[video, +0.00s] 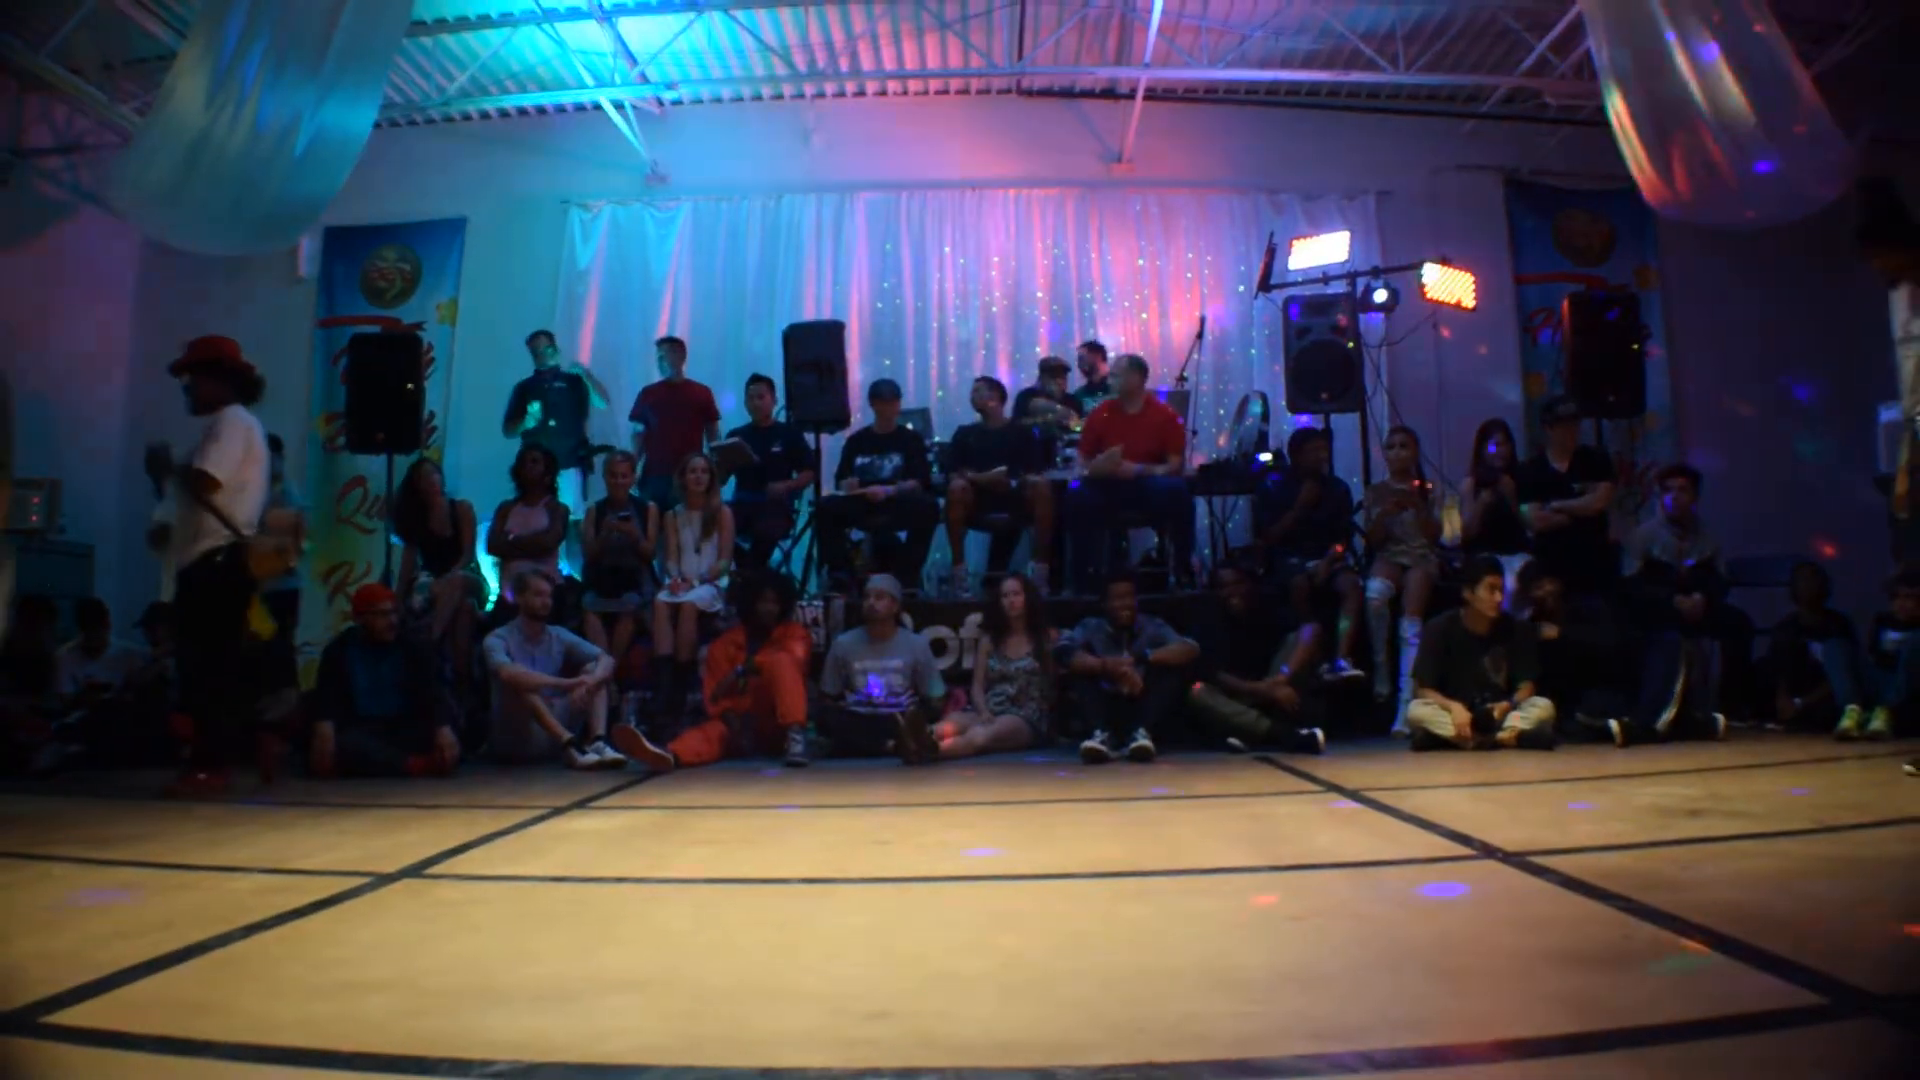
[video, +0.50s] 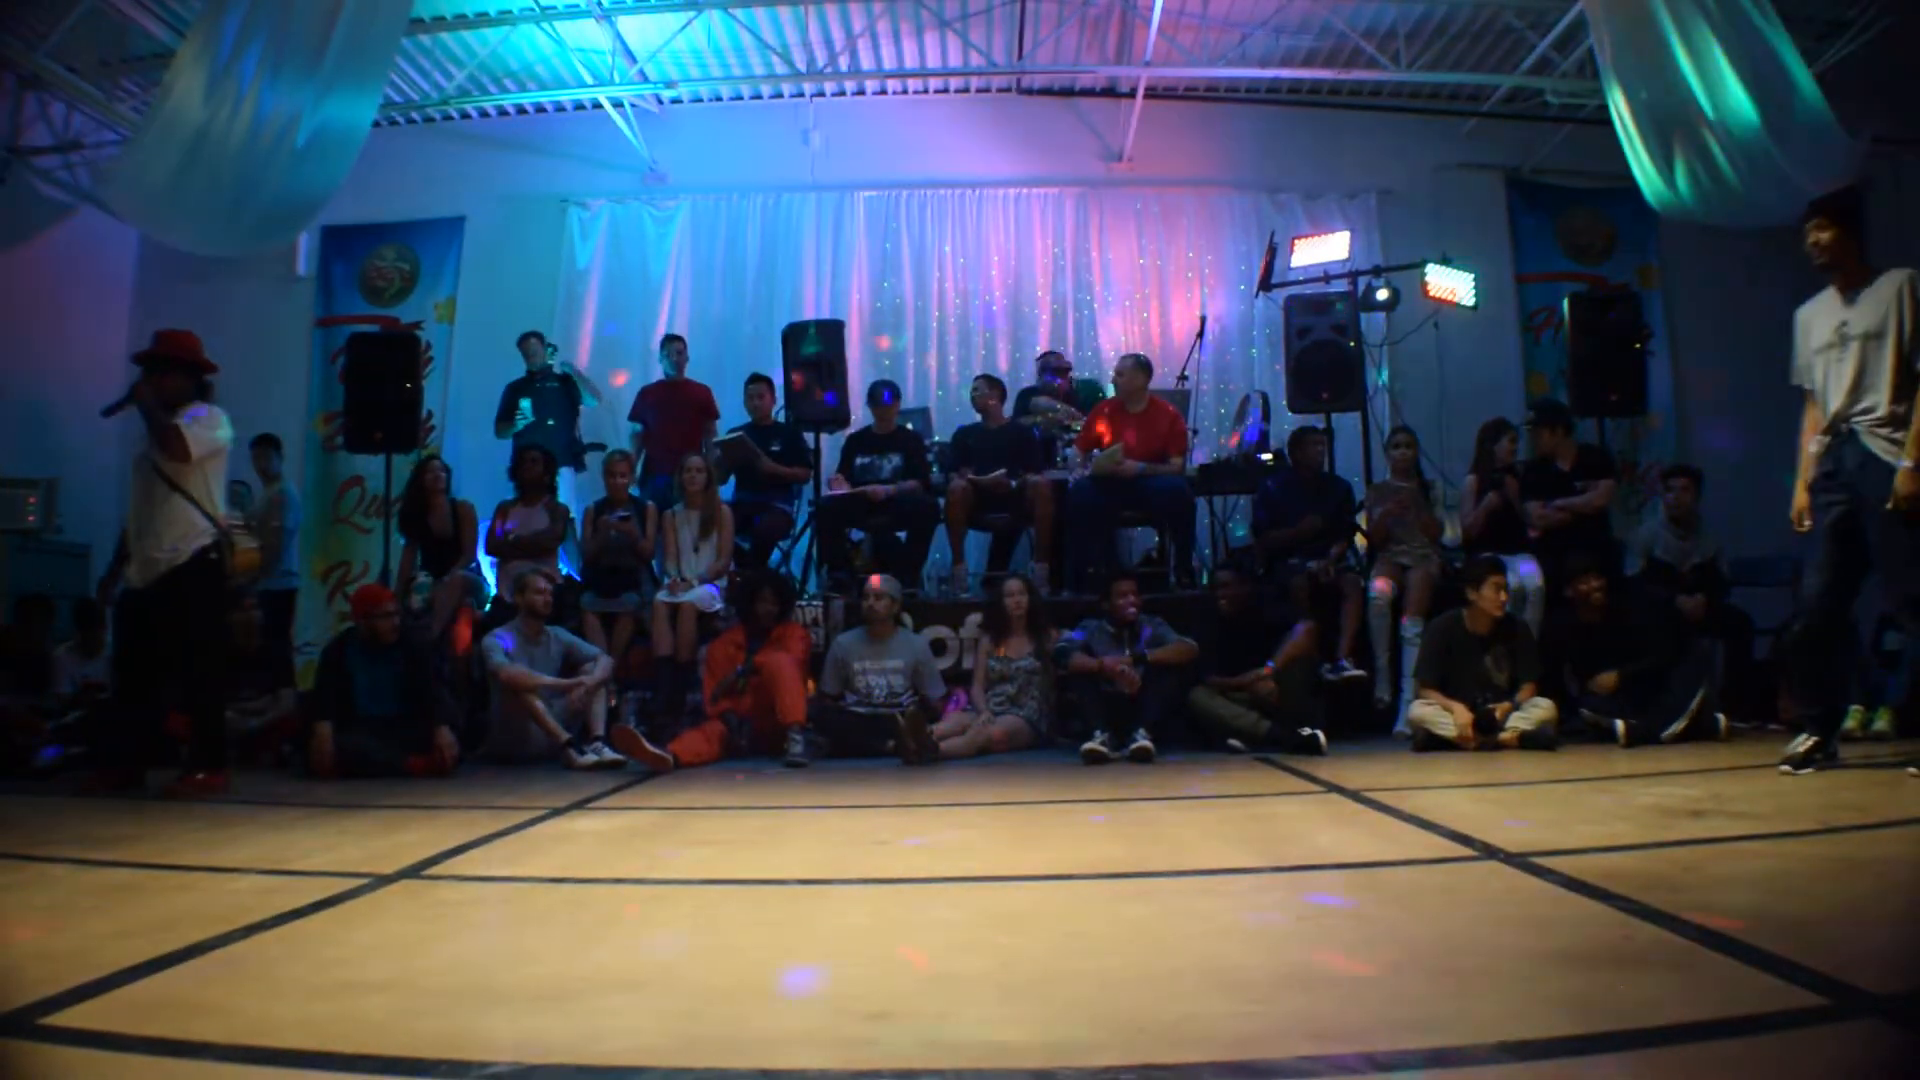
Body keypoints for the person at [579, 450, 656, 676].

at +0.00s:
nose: (619, 481)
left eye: (625, 476)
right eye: (613, 476)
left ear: (633, 477)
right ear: (605, 478)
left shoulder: (647, 509)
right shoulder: (594, 510)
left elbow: (649, 551)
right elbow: (589, 552)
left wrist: (633, 533)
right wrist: (606, 534)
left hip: (634, 575)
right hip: (601, 576)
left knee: (628, 609)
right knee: (590, 608)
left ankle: (610, 669)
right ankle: (603, 670)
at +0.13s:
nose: (617, 481)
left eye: (623, 476)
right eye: (612, 476)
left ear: (632, 478)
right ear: (605, 478)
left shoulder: (647, 509)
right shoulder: (593, 511)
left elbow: (648, 551)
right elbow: (587, 552)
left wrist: (630, 532)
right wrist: (606, 533)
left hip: (632, 574)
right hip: (600, 574)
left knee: (627, 606)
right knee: (589, 606)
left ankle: (610, 669)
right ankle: (602, 673)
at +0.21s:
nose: (617, 481)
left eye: (623, 475)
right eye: (612, 476)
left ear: (631, 478)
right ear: (604, 478)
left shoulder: (646, 508)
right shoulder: (593, 511)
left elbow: (648, 551)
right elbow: (587, 552)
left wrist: (631, 533)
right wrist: (605, 533)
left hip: (632, 574)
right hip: (600, 574)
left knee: (627, 608)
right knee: (589, 608)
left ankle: (609, 671)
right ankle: (604, 675)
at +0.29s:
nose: (617, 481)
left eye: (623, 475)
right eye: (612, 476)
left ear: (632, 478)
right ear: (604, 478)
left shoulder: (646, 508)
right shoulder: (593, 511)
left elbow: (648, 551)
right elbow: (588, 552)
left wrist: (631, 532)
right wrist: (603, 532)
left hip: (632, 574)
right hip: (600, 574)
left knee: (627, 607)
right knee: (589, 608)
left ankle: (609, 671)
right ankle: (603, 673)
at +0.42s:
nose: (617, 481)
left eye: (623, 476)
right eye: (612, 476)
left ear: (632, 478)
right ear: (604, 478)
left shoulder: (646, 509)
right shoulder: (593, 511)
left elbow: (648, 550)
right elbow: (587, 552)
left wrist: (631, 532)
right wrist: (603, 533)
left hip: (631, 573)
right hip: (600, 574)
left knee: (627, 607)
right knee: (588, 606)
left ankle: (610, 670)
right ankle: (602, 674)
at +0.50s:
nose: (617, 481)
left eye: (623, 476)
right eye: (612, 476)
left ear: (631, 478)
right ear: (604, 478)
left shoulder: (646, 509)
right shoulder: (592, 511)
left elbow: (648, 551)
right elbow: (587, 552)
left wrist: (631, 532)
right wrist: (603, 533)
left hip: (631, 573)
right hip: (600, 573)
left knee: (627, 606)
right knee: (589, 606)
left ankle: (611, 671)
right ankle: (603, 675)